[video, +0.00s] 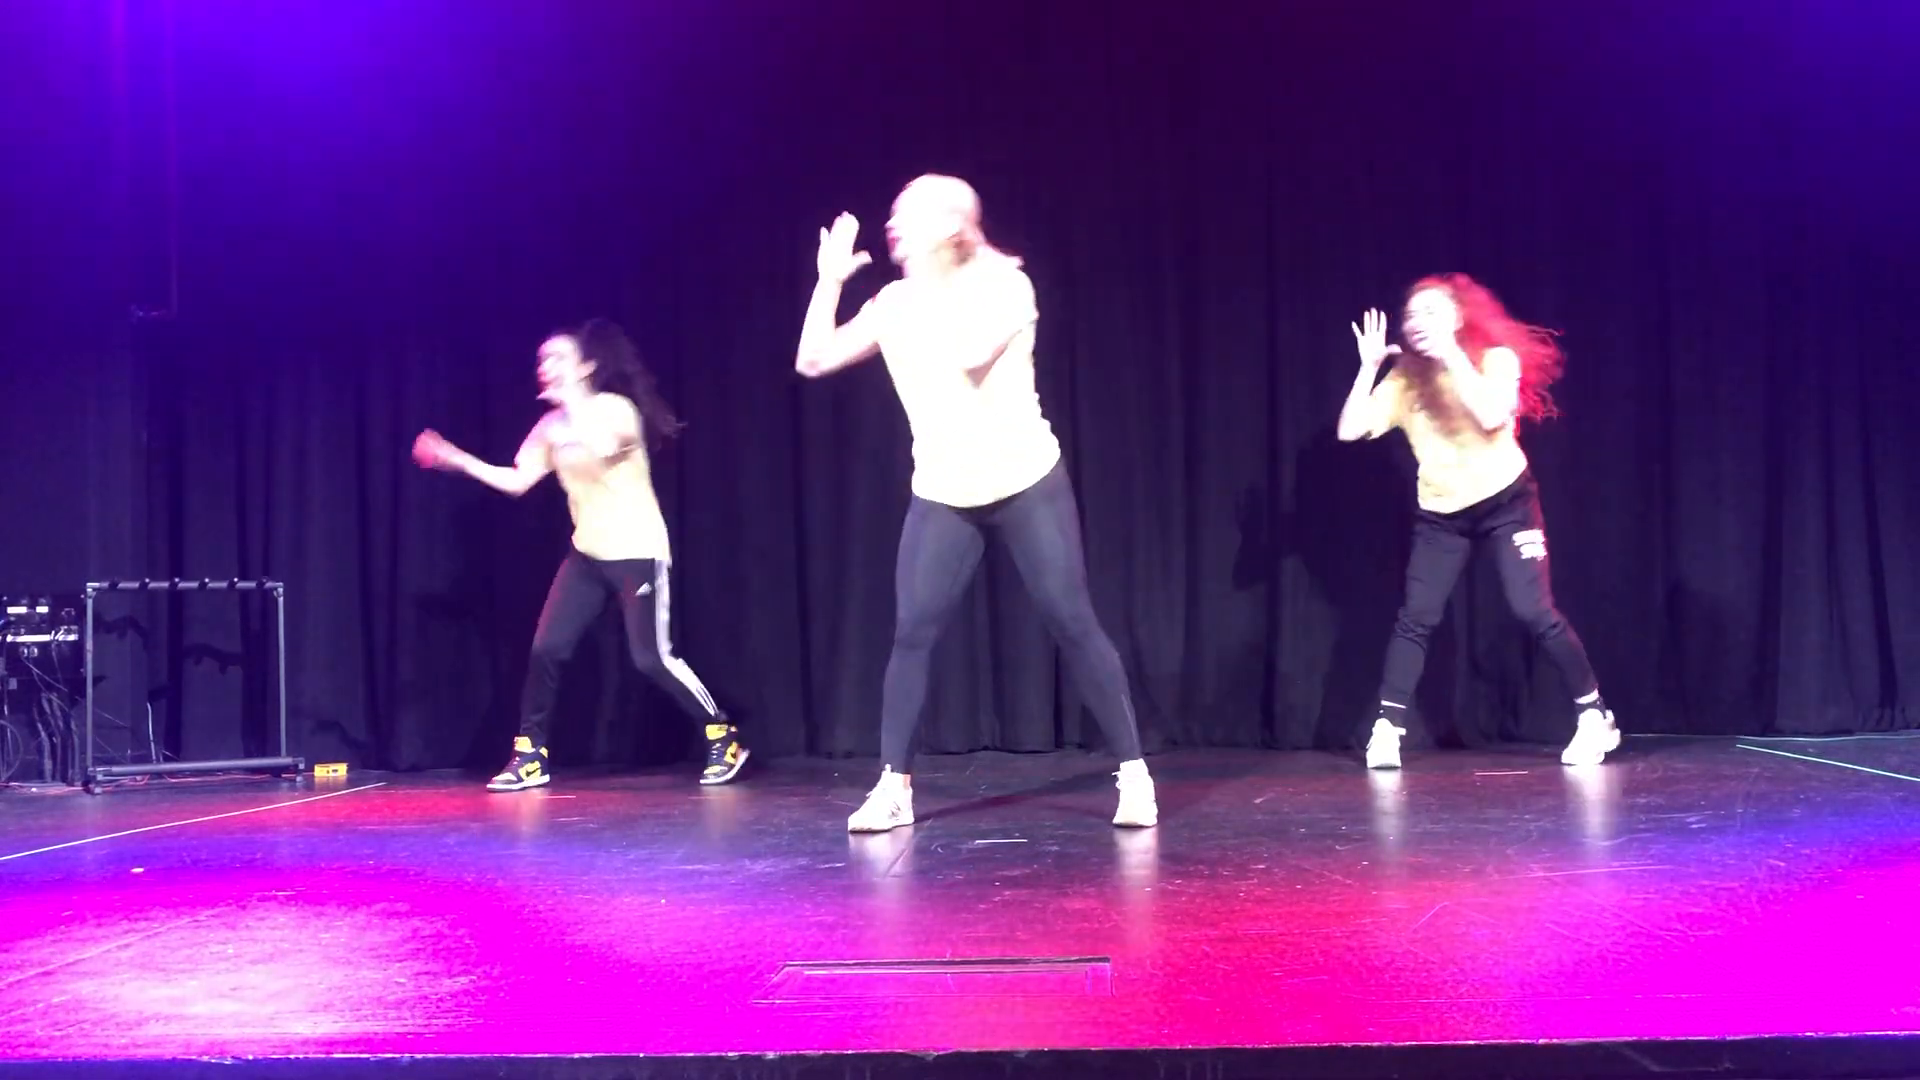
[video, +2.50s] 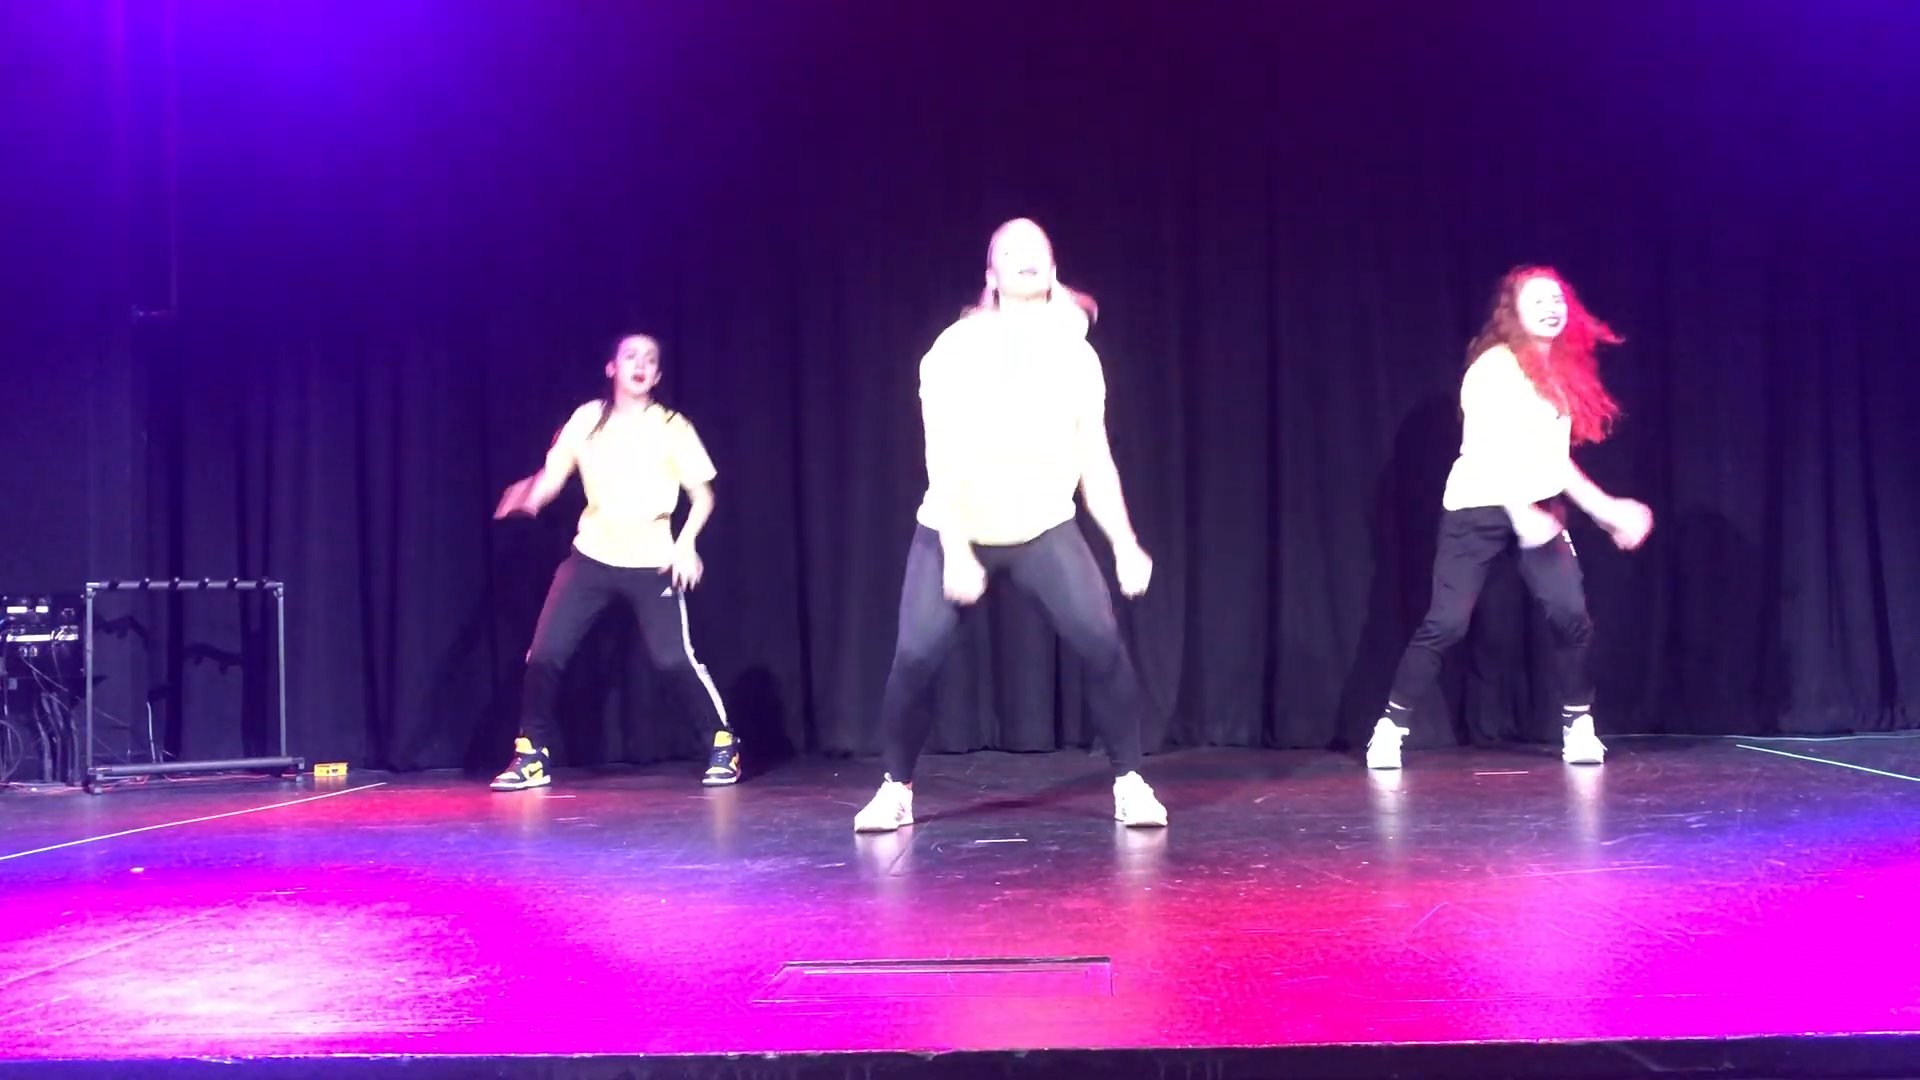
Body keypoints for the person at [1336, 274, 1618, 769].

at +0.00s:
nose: (1419, 324)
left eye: (1430, 313)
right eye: (1413, 316)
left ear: (1460, 317)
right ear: (1407, 328)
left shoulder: (1495, 360)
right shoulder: (1403, 380)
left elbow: (1493, 416)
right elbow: (1349, 429)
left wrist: (1449, 356)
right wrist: (1369, 367)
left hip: (1506, 503)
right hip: (1441, 515)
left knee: (1533, 610)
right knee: (1416, 616)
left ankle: (1596, 718)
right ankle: (1388, 729)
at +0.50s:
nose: (1333, 347)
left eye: (1342, 337)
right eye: (1330, 339)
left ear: (1376, 338)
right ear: (1329, 347)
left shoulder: (1415, 370)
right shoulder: (1350, 400)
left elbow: (1400, 432)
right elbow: (1315, 462)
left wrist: (1355, 377)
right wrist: (1324, 393)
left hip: (1474, 506)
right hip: (1418, 522)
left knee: (1507, 616)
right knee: (1399, 618)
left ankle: (1599, 710)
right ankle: (1387, 730)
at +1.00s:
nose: (1375, 408)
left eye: (1383, 394)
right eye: (1366, 399)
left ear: (1408, 391)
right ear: (1356, 406)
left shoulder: (1449, 415)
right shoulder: (1373, 443)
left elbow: (1473, 486)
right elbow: (1348, 516)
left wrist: (1403, 441)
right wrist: (1358, 454)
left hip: (1493, 523)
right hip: (1427, 532)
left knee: (1530, 616)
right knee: (1406, 624)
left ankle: (1574, 724)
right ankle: (1387, 730)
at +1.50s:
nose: (1570, 420)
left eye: (1577, 410)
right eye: (1561, 408)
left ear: (1589, 412)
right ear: (1536, 409)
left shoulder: (1575, 455)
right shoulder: (1495, 442)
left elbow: (1606, 516)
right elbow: (1488, 517)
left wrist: (1591, 461)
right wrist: (1543, 457)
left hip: (1494, 536)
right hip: (1431, 520)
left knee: (1537, 620)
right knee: (1421, 612)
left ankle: (1575, 727)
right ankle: (1386, 730)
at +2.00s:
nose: (1638, 346)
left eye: (1638, 337)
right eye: (1626, 339)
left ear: (1638, 345)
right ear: (1596, 350)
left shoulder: (1613, 396)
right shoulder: (1565, 388)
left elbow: (1643, 462)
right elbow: (1601, 451)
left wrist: (1646, 393)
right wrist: (1631, 388)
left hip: (1523, 519)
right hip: (1465, 507)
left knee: (1553, 614)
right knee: (1428, 617)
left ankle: (1577, 727)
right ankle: (1380, 728)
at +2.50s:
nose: (1550, 310)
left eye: (1557, 301)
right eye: (1537, 302)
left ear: (1567, 310)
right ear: (1511, 312)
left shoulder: (1560, 372)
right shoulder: (1490, 369)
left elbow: (1556, 459)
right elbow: (1492, 453)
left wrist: (1608, 511)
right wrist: (1522, 510)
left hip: (1537, 508)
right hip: (1476, 508)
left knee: (1571, 615)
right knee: (1447, 622)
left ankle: (1578, 725)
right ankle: (1392, 728)